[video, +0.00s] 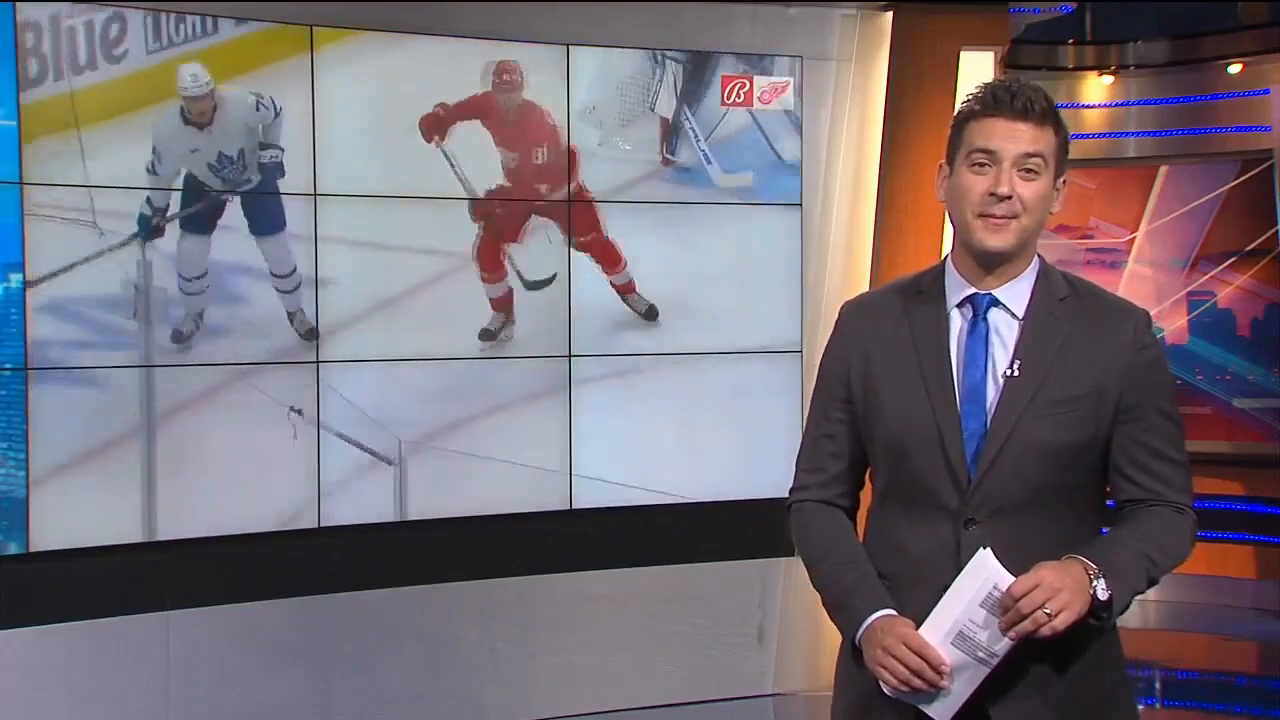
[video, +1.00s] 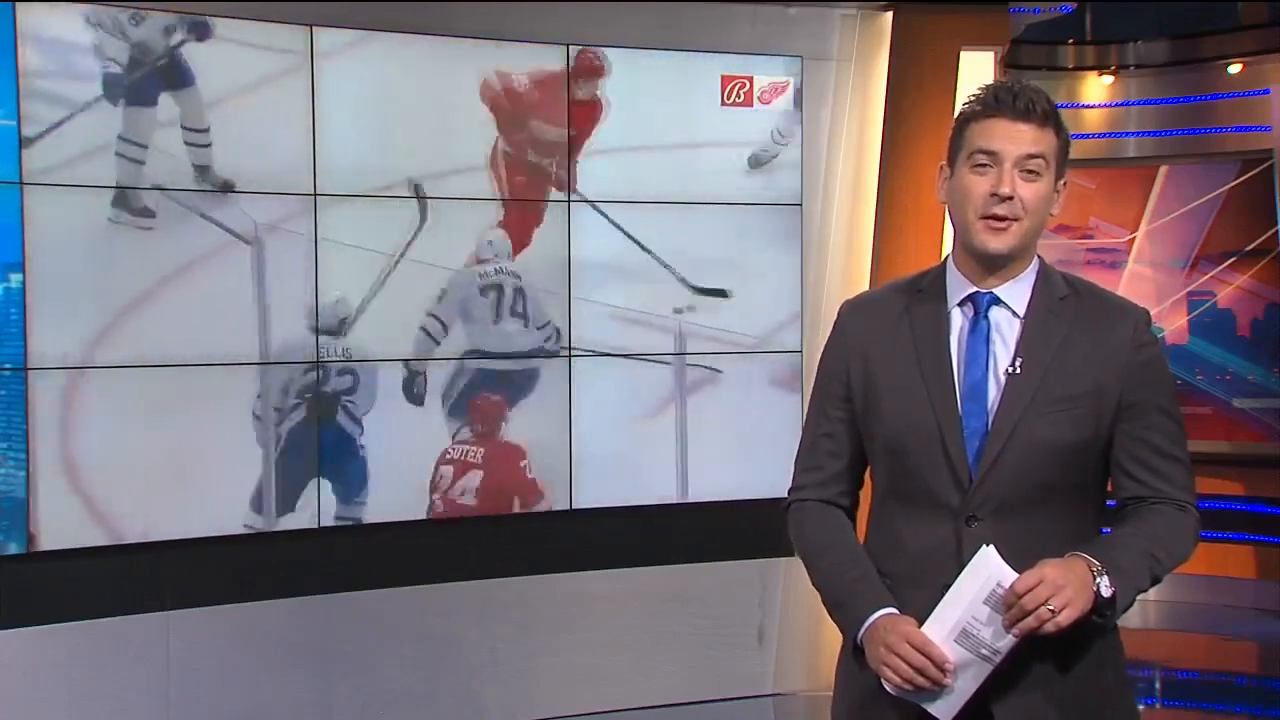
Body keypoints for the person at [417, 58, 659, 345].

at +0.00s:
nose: (506, 100)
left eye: (512, 94)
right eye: (500, 94)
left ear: (522, 91)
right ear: (492, 92)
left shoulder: (536, 118)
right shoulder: (488, 106)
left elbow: (537, 180)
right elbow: (459, 111)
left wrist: (498, 201)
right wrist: (439, 120)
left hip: (560, 191)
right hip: (519, 191)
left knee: (596, 242)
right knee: (486, 250)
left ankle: (631, 294)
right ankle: (503, 316)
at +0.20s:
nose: (445, 123)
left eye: (450, 116)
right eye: (440, 117)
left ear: (460, 113)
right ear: (433, 114)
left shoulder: (480, 132)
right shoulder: (428, 128)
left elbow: (505, 184)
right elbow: (406, 155)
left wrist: (497, 239)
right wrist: (391, 190)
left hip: (505, 182)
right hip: (464, 179)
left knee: (500, 257)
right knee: (433, 234)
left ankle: (516, 262)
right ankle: (442, 283)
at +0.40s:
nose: (461, 167)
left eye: (466, 162)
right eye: (456, 162)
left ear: (474, 158)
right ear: (448, 157)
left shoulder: (482, 176)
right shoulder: (425, 163)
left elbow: (492, 228)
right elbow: (408, 201)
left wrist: (474, 253)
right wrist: (424, 237)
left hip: (468, 215)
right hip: (430, 212)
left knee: (464, 259)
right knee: (392, 250)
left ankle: (453, 316)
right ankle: (358, 291)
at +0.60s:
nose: (464, 180)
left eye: (470, 175)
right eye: (461, 174)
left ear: (478, 172)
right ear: (453, 167)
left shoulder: (477, 199)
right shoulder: (434, 169)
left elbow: (459, 248)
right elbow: (413, 216)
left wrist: (436, 284)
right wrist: (423, 258)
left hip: (447, 220)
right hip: (413, 206)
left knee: (454, 271)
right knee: (392, 257)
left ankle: (423, 324)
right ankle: (351, 316)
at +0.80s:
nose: (524, 132)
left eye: (531, 128)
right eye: (523, 123)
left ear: (537, 129)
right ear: (515, 116)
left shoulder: (531, 155)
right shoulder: (488, 113)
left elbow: (517, 190)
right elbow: (447, 108)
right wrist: (453, 143)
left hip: (487, 196)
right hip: (449, 180)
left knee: (502, 245)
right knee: (418, 233)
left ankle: (455, 303)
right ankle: (363, 297)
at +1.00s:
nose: (595, 87)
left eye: (598, 81)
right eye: (591, 81)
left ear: (600, 80)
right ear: (578, 78)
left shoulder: (594, 108)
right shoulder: (547, 83)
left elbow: (574, 146)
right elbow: (492, 83)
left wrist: (566, 173)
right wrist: (508, 121)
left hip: (543, 165)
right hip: (512, 154)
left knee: (526, 228)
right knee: (522, 216)